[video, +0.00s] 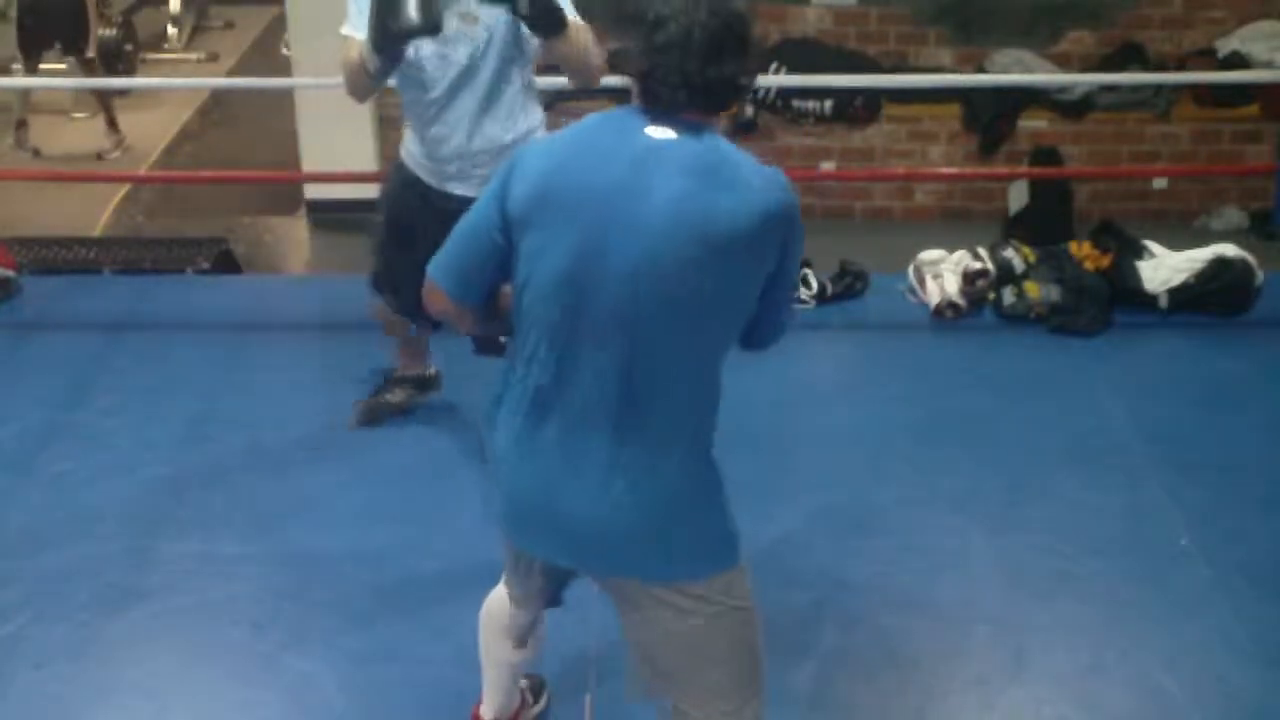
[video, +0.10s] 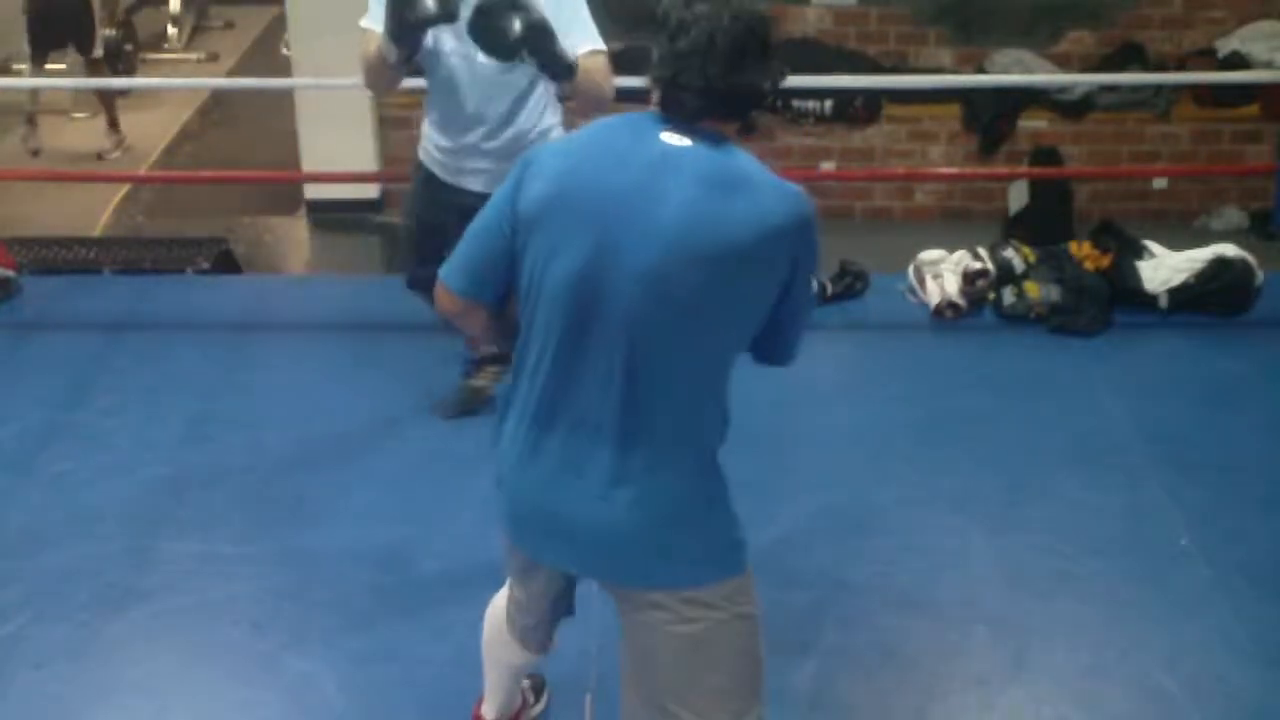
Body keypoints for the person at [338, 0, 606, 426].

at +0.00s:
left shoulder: (523, 0)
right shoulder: (381, 3)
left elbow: (588, 68)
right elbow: (357, 86)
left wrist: (547, 18)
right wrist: (386, 46)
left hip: (513, 164)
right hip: (426, 165)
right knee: (399, 294)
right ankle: (413, 372)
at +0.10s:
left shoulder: (553, 5)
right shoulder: (410, 1)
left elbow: (600, 93)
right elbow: (378, 82)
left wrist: (548, 57)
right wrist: (400, 36)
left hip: (529, 162)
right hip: (446, 158)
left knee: (524, 274)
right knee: (436, 279)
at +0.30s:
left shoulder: (576, 4)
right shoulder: (424, 1)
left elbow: (606, 85)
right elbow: (404, 80)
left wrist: (565, 41)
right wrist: (425, 27)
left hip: (561, 161)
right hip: (477, 161)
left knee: (565, 273)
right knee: (490, 280)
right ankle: (513, 369)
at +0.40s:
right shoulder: (448, 6)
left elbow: (614, 63)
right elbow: (428, 72)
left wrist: (590, 17)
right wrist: (447, 24)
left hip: (579, 143)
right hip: (495, 149)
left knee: (581, 260)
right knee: (503, 270)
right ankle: (510, 371)